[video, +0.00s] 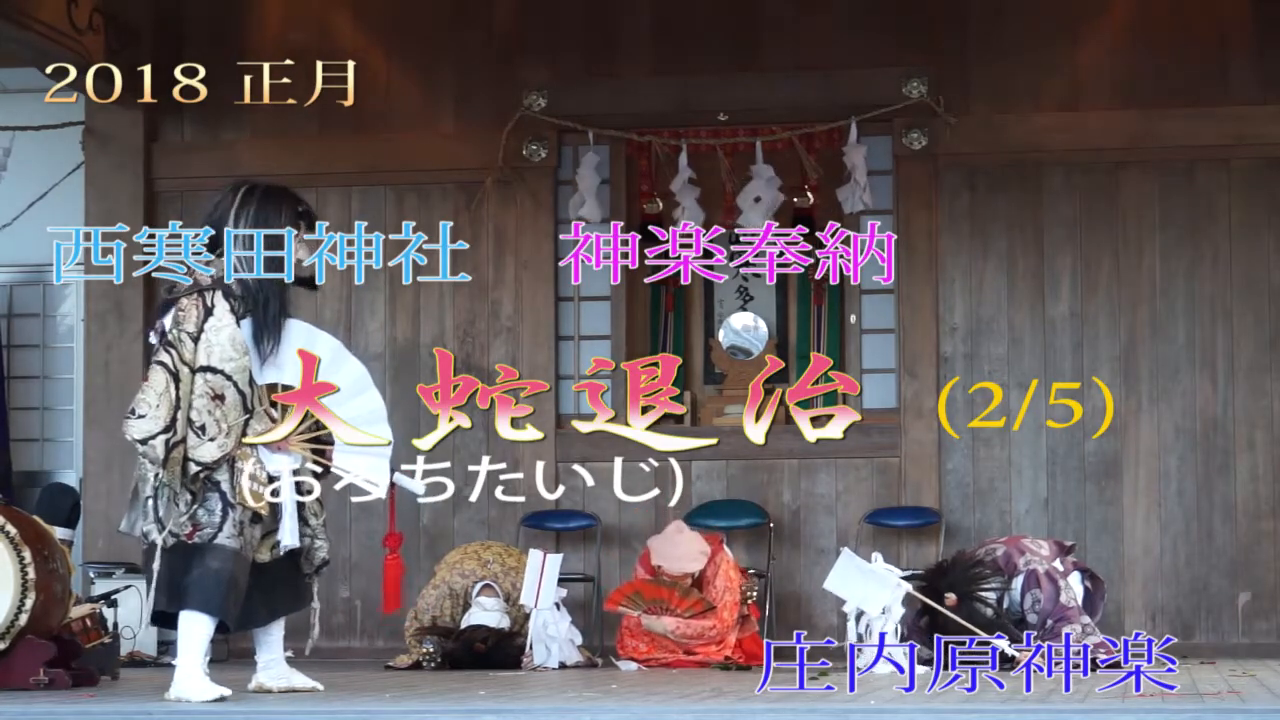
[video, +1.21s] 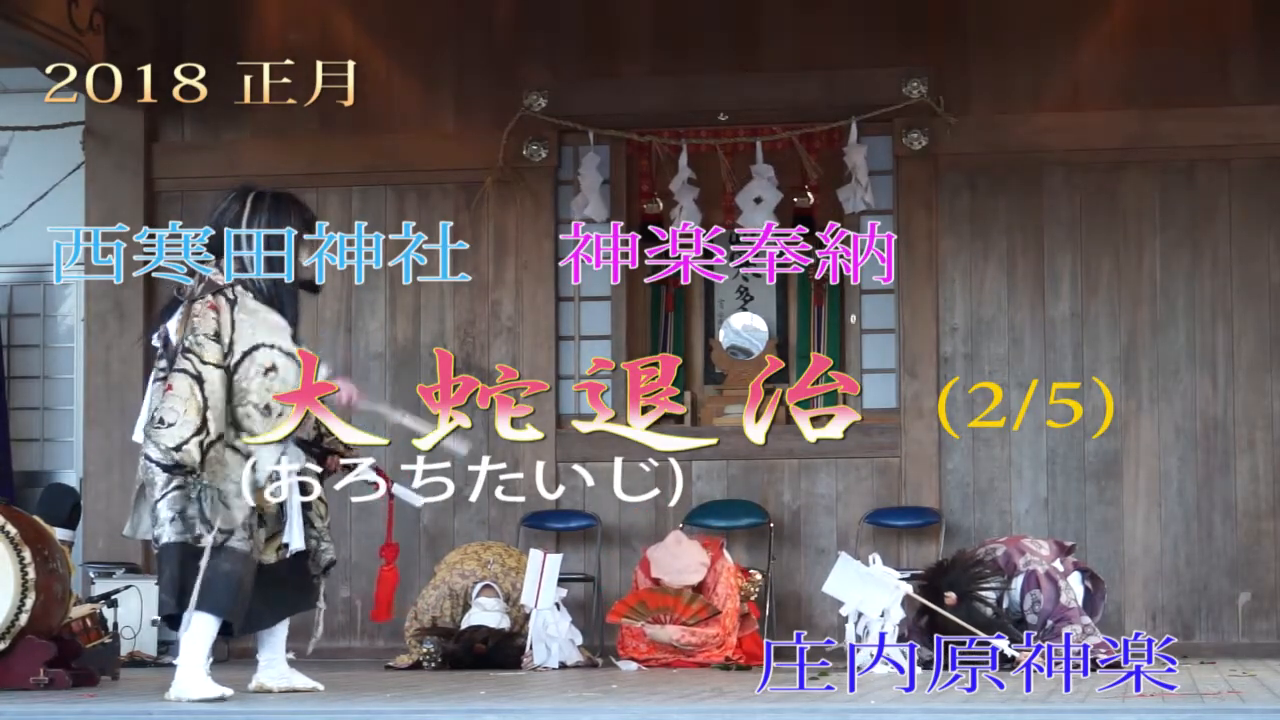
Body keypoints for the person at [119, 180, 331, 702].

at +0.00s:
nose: (305, 250)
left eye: (304, 237)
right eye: (297, 235)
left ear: (235, 236)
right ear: (263, 239)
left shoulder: (268, 314)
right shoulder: (212, 312)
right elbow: (205, 418)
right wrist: (260, 454)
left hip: (263, 458)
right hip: (217, 460)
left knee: (273, 549)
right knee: (217, 551)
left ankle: (272, 664)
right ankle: (189, 672)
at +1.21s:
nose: (306, 257)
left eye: (304, 243)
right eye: (299, 242)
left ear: (236, 238)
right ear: (268, 241)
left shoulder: (212, 303)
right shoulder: (246, 309)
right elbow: (263, 405)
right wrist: (318, 438)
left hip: (262, 449)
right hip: (233, 450)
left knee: (282, 549)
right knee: (231, 551)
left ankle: (273, 663)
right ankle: (191, 672)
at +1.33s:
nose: (300, 255)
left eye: (301, 244)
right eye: (296, 243)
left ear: (238, 239)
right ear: (270, 243)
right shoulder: (219, 304)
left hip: (247, 446)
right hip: (201, 451)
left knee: (287, 545)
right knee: (236, 547)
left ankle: (274, 663)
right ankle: (192, 670)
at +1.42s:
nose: (308, 262)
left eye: (308, 251)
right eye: (301, 249)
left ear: (237, 244)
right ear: (273, 247)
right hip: (202, 447)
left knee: (290, 546)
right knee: (251, 550)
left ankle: (274, 664)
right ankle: (194, 670)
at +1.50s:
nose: (291, 246)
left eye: (293, 235)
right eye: (281, 235)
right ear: (252, 234)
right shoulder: (225, 292)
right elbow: (228, 386)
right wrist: (277, 445)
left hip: (253, 443)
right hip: (218, 448)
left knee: (291, 546)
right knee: (263, 556)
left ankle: (273, 664)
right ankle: (195, 671)